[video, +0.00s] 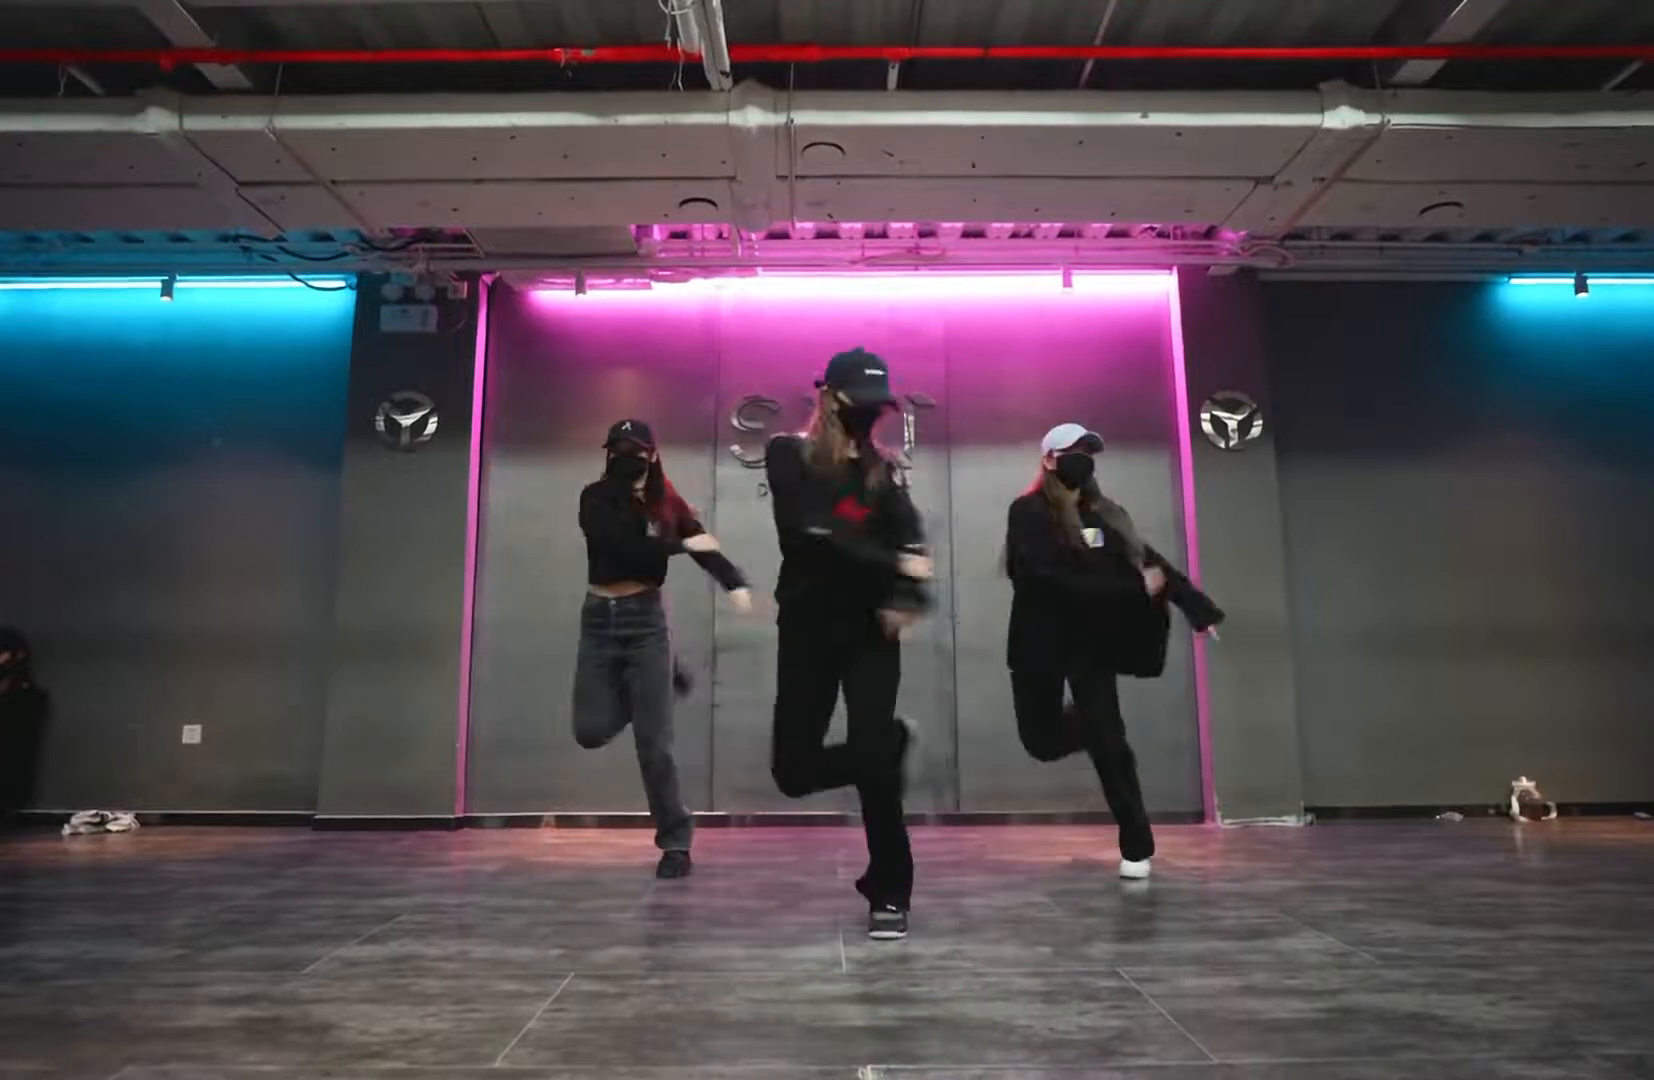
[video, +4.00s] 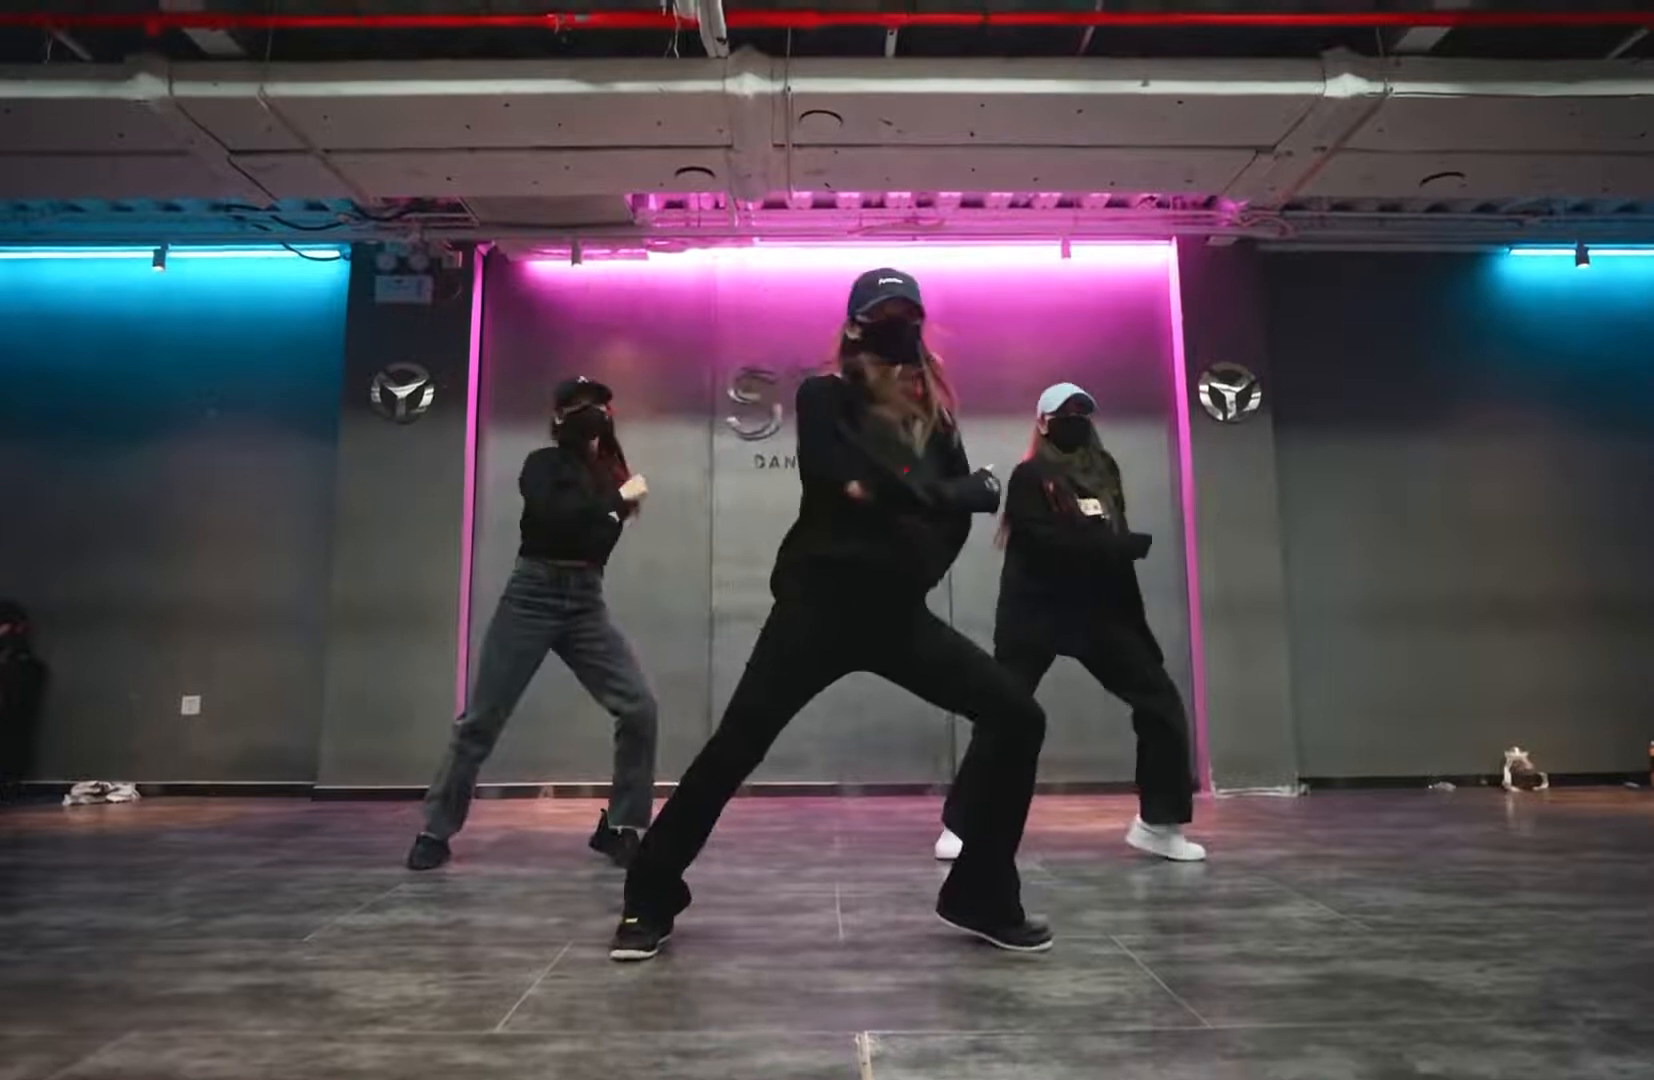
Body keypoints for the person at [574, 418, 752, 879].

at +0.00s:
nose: (627, 460)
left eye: (635, 453)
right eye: (619, 453)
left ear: (651, 456)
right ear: (608, 456)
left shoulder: (665, 501)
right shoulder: (595, 497)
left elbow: (700, 544)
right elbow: (614, 547)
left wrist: (735, 583)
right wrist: (673, 544)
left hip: (646, 622)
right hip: (598, 621)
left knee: (653, 744)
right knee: (590, 731)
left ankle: (674, 845)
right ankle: (658, 679)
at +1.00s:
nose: (603, 463)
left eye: (611, 456)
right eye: (596, 456)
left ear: (626, 460)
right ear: (585, 461)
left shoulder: (651, 497)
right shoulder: (580, 508)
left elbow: (707, 495)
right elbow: (527, 521)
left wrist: (678, 454)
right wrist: (534, 465)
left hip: (651, 626)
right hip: (600, 627)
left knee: (660, 742)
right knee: (553, 729)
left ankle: (675, 843)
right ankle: (526, 832)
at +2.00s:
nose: (561, 481)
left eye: (572, 474)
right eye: (558, 473)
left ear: (594, 476)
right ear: (555, 474)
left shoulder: (606, 512)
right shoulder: (560, 513)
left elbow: (596, 581)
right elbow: (551, 572)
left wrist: (560, 633)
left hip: (609, 653)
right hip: (563, 650)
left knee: (639, 761)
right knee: (493, 740)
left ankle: (694, 842)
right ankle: (463, 850)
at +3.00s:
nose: (546, 415)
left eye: (555, 406)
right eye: (538, 406)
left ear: (574, 408)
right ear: (526, 407)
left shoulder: (591, 468)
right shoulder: (507, 459)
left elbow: (607, 541)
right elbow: (438, 469)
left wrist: (631, 591)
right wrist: (417, 415)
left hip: (572, 593)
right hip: (512, 592)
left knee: (612, 715)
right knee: (469, 700)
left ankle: (646, 832)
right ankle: (440, 824)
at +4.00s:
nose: (592, 416)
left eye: (597, 407)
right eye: (580, 408)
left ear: (607, 414)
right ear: (560, 416)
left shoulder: (609, 472)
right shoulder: (543, 463)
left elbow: (597, 535)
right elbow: (554, 517)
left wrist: (616, 513)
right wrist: (618, 501)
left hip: (584, 604)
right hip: (530, 600)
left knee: (639, 708)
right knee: (481, 721)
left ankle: (621, 827)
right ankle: (434, 834)